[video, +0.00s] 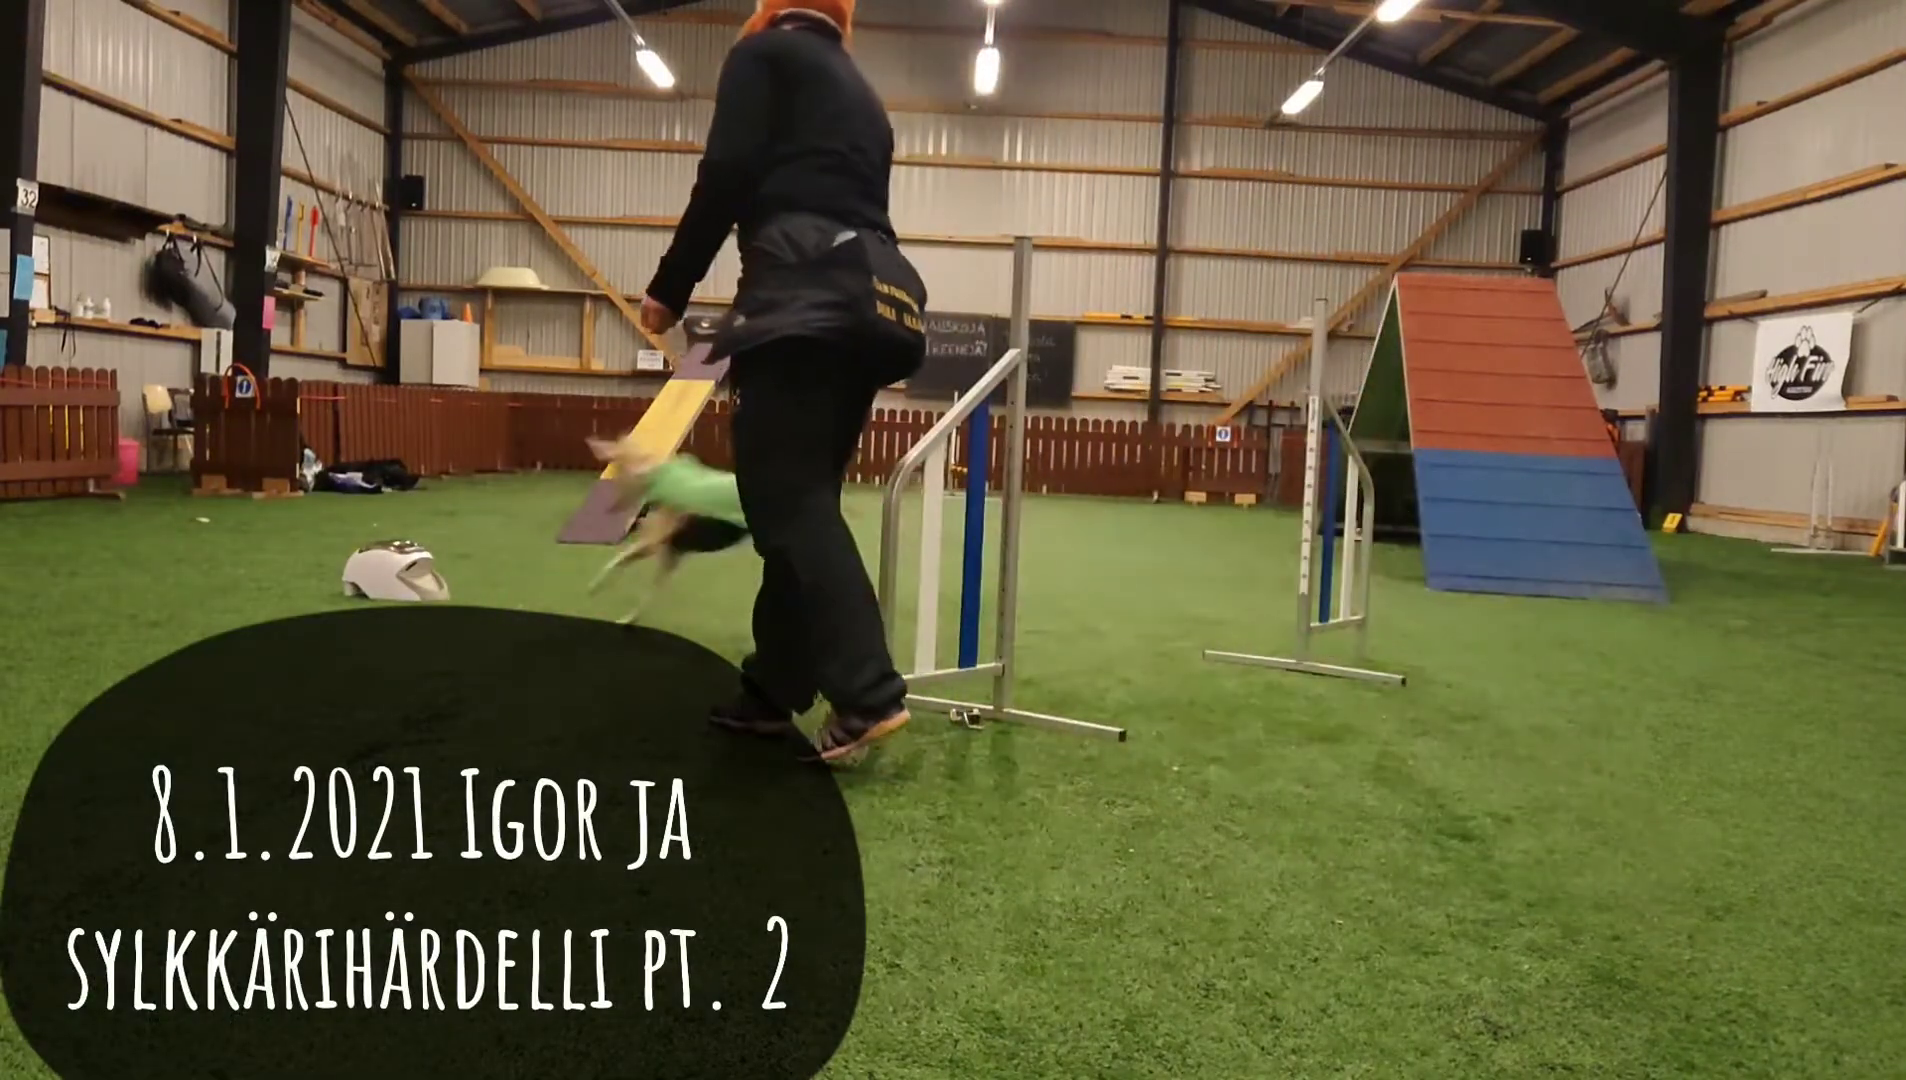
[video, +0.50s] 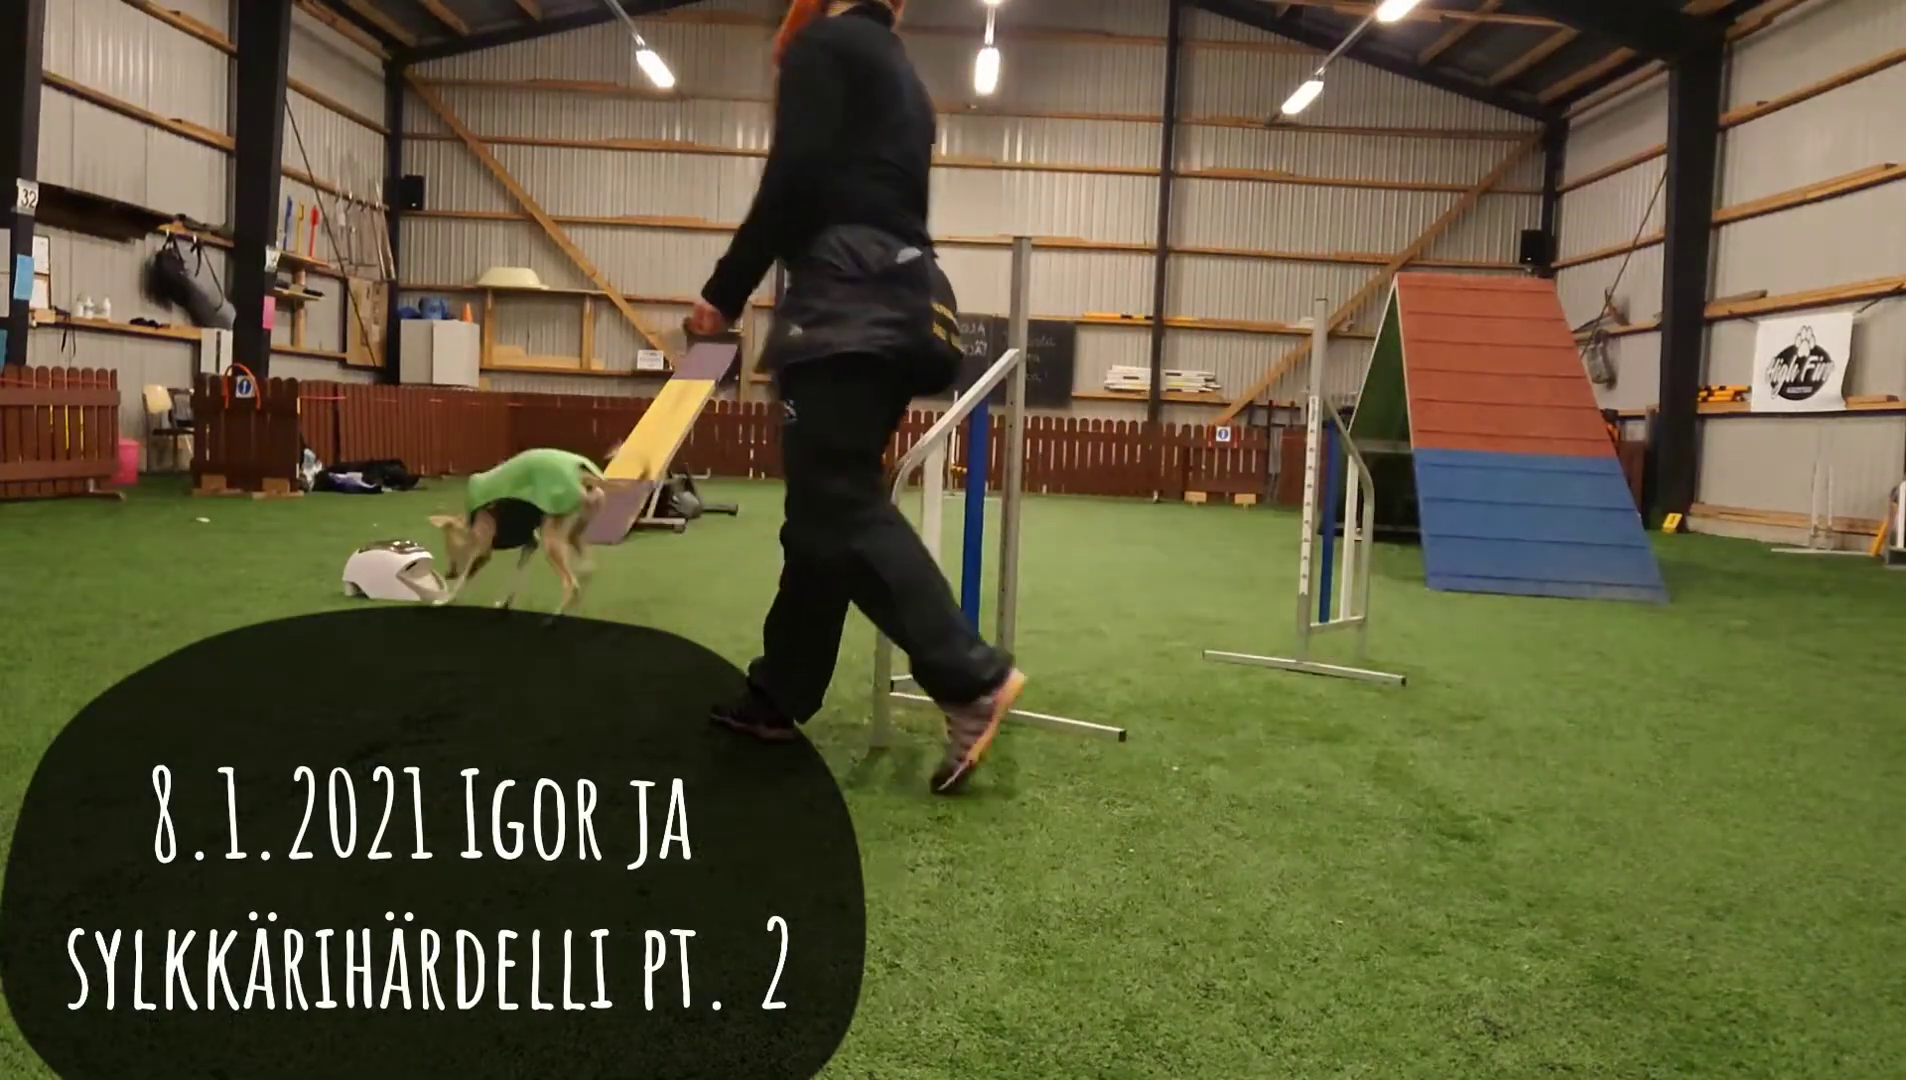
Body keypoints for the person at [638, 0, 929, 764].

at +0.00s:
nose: (751, 31)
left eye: (754, 24)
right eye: (757, 27)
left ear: (769, 19)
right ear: (834, 29)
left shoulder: (762, 52)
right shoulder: (861, 95)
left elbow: (726, 174)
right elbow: (847, 219)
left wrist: (669, 288)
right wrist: (752, 315)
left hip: (801, 296)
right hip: (877, 307)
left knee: (787, 498)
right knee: (803, 499)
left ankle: (868, 693)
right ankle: (774, 693)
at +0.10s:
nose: (745, 32)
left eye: (747, 24)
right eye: (748, 28)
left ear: (768, 16)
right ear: (827, 25)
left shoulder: (765, 47)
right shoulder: (855, 90)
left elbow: (732, 166)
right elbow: (844, 213)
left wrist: (677, 283)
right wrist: (754, 317)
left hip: (803, 295)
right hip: (871, 305)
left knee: (786, 497)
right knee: (805, 499)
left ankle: (876, 686)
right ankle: (775, 693)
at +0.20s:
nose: (747, 29)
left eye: (750, 22)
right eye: (749, 25)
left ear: (770, 11)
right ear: (830, 19)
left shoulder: (770, 44)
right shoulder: (856, 84)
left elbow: (743, 166)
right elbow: (843, 212)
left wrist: (688, 279)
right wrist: (757, 322)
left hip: (807, 296)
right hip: (871, 304)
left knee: (792, 495)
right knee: (811, 496)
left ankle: (894, 680)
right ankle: (775, 694)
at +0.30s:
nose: (755, 21)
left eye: (759, 15)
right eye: (757, 18)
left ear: (776, 8)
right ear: (842, 16)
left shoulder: (780, 43)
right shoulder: (864, 80)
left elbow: (756, 164)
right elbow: (852, 209)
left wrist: (699, 279)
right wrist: (764, 310)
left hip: (815, 290)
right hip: (877, 298)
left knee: (805, 489)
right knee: (811, 492)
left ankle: (919, 668)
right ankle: (776, 695)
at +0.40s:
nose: (769, 16)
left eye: (772, 10)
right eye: (770, 13)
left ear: (791, 5)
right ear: (857, 12)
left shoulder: (795, 41)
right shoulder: (880, 78)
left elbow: (769, 170)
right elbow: (869, 208)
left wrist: (709, 282)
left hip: (824, 302)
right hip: (886, 307)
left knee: (819, 494)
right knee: (816, 498)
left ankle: (951, 665)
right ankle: (780, 694)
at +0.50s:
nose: (784, 16)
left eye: (790, 5)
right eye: (786, 10)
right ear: (880, 8)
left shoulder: (822, 44)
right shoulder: (899, 72)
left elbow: (791, 180)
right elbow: (887, 212)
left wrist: (724, 293)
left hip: (843, 310)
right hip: (893, 313)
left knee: (841, 510)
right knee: (824, 515)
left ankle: (972, 679)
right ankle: (780, 696)